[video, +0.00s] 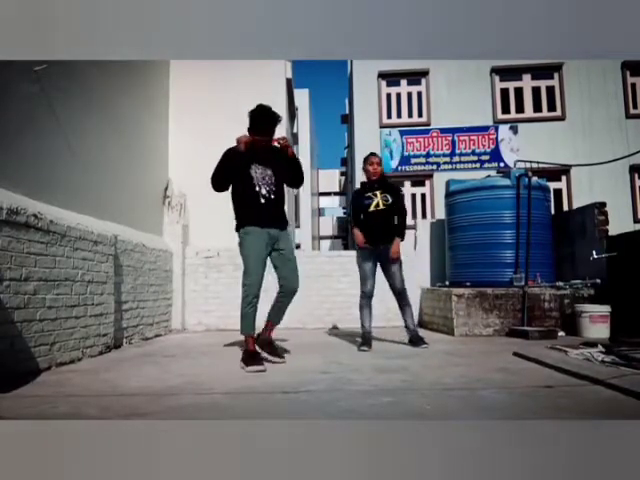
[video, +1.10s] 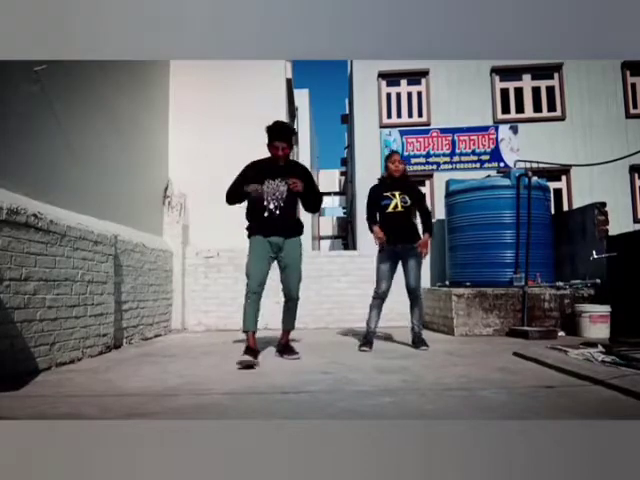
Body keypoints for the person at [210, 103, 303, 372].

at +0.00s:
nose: (267, 138)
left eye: (270, 134)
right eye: (265, 133)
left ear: (273, 132)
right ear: (256, 130)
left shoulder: (278, 154)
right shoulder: (235, 154)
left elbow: (296, 182)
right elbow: (218, 184)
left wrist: (290, 154)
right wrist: (239, 151)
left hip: (280, 230)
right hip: (253, 229)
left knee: (290, 286)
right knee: (252, 288)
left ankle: (266, 336)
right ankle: (249, 347)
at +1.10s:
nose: (280, 153)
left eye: (285, 148)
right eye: (276, 148)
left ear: (291, 147)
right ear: (269, 146)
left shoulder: (299, 171)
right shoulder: (255, 169)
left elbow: (314, 206)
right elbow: (230, 198)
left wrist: (303, 191)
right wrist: (248, 189)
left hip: (290, 238)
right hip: (261, 238)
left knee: (292, 292)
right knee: (254, 288)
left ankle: (284, 342)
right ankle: (251, 345)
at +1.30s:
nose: (287, 148)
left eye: (291, 144)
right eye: (282, 143)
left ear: (296, 145)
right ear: (275, 143)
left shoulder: (302, 174)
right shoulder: (258, 168)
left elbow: (311, 206)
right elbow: (237, 201)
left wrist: (307, 231)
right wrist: (237, 224)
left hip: (288, 237)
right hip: (258, 235)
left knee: (289, 288)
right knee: (245, 283)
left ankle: (284, 340)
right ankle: (246, 335)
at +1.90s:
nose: (251, 144)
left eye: (255, 140)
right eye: (246, 140)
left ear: (260, 143)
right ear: (239, 142)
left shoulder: (274, 168)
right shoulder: (230, 176)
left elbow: (292, 198)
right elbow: (220, 204)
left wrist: (292, 225)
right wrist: (224, 228)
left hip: (273, 234)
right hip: (244, 236)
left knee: (282, 283)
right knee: (238, 285)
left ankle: (288, 336)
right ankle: (248, 333)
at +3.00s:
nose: (285, 141)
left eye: (290, 137)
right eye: (281, 136)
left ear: (297, 139)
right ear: (275, 136)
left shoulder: (304, 171)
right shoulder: (257, 164)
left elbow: (322, 203)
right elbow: (231, 191)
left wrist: (318, 207)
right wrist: (243, 203)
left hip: (290, 234)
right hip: (260, 234)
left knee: (294, 288)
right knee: (248, 288)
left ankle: (295, 344)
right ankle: (250, 342)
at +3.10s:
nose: (282, 139)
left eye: (287, 134)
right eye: (277, 134)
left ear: (295, 134)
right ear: (271, 134)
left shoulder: (302, 162)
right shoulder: (258, 160)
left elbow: (327, 190)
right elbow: (227, 184)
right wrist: (242, 175)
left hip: (291, 232)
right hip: (260, 232)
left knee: (294, 288)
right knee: (250, 287)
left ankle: (295, 343)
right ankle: (245, 344)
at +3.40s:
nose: (265, 139)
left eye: (269, 134)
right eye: (260, 134)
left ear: (276, 133)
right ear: (252, 134)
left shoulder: (287, 156)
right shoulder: (245, 161)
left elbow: (311, 166)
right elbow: (220, 178)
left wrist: (288, 139)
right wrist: (236, 148)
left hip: (286, 229)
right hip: (254, 230)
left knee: (292, 286)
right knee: (244, 285)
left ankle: (295, 343)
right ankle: (242, 344)